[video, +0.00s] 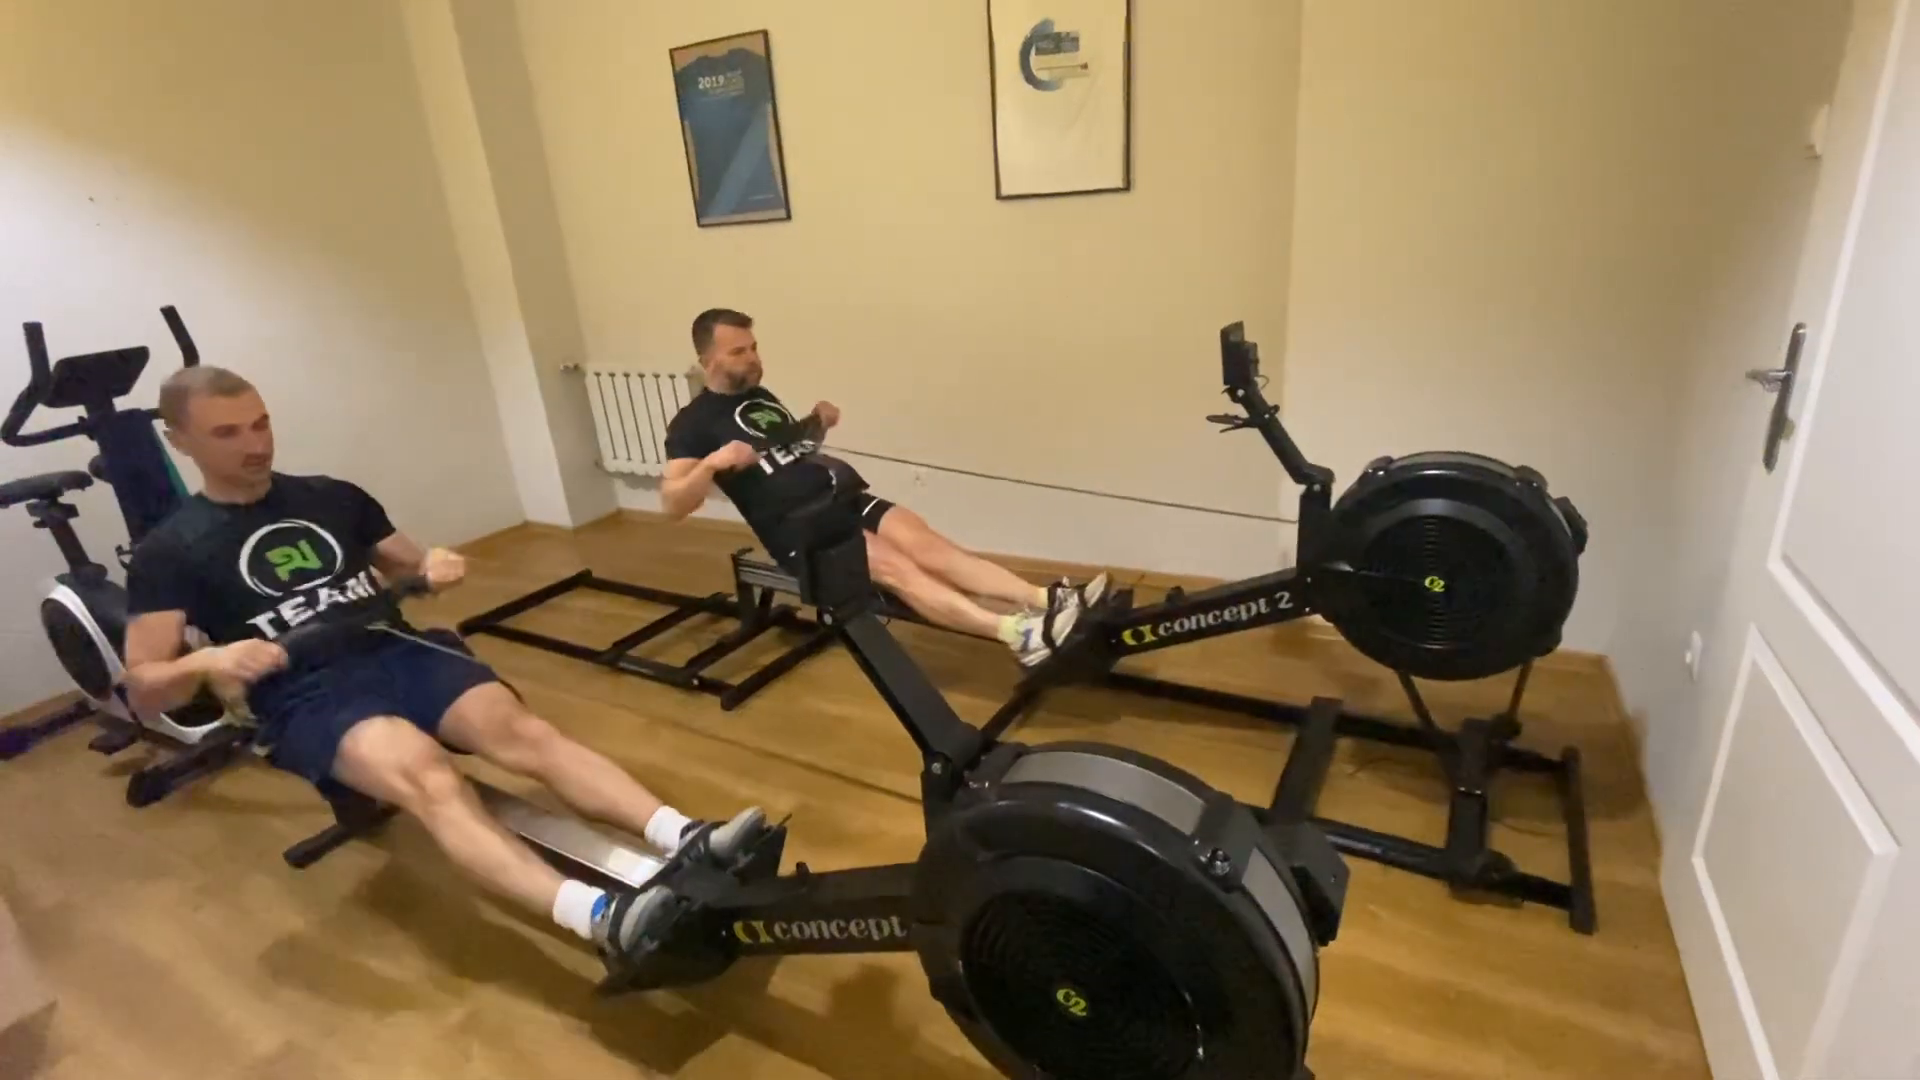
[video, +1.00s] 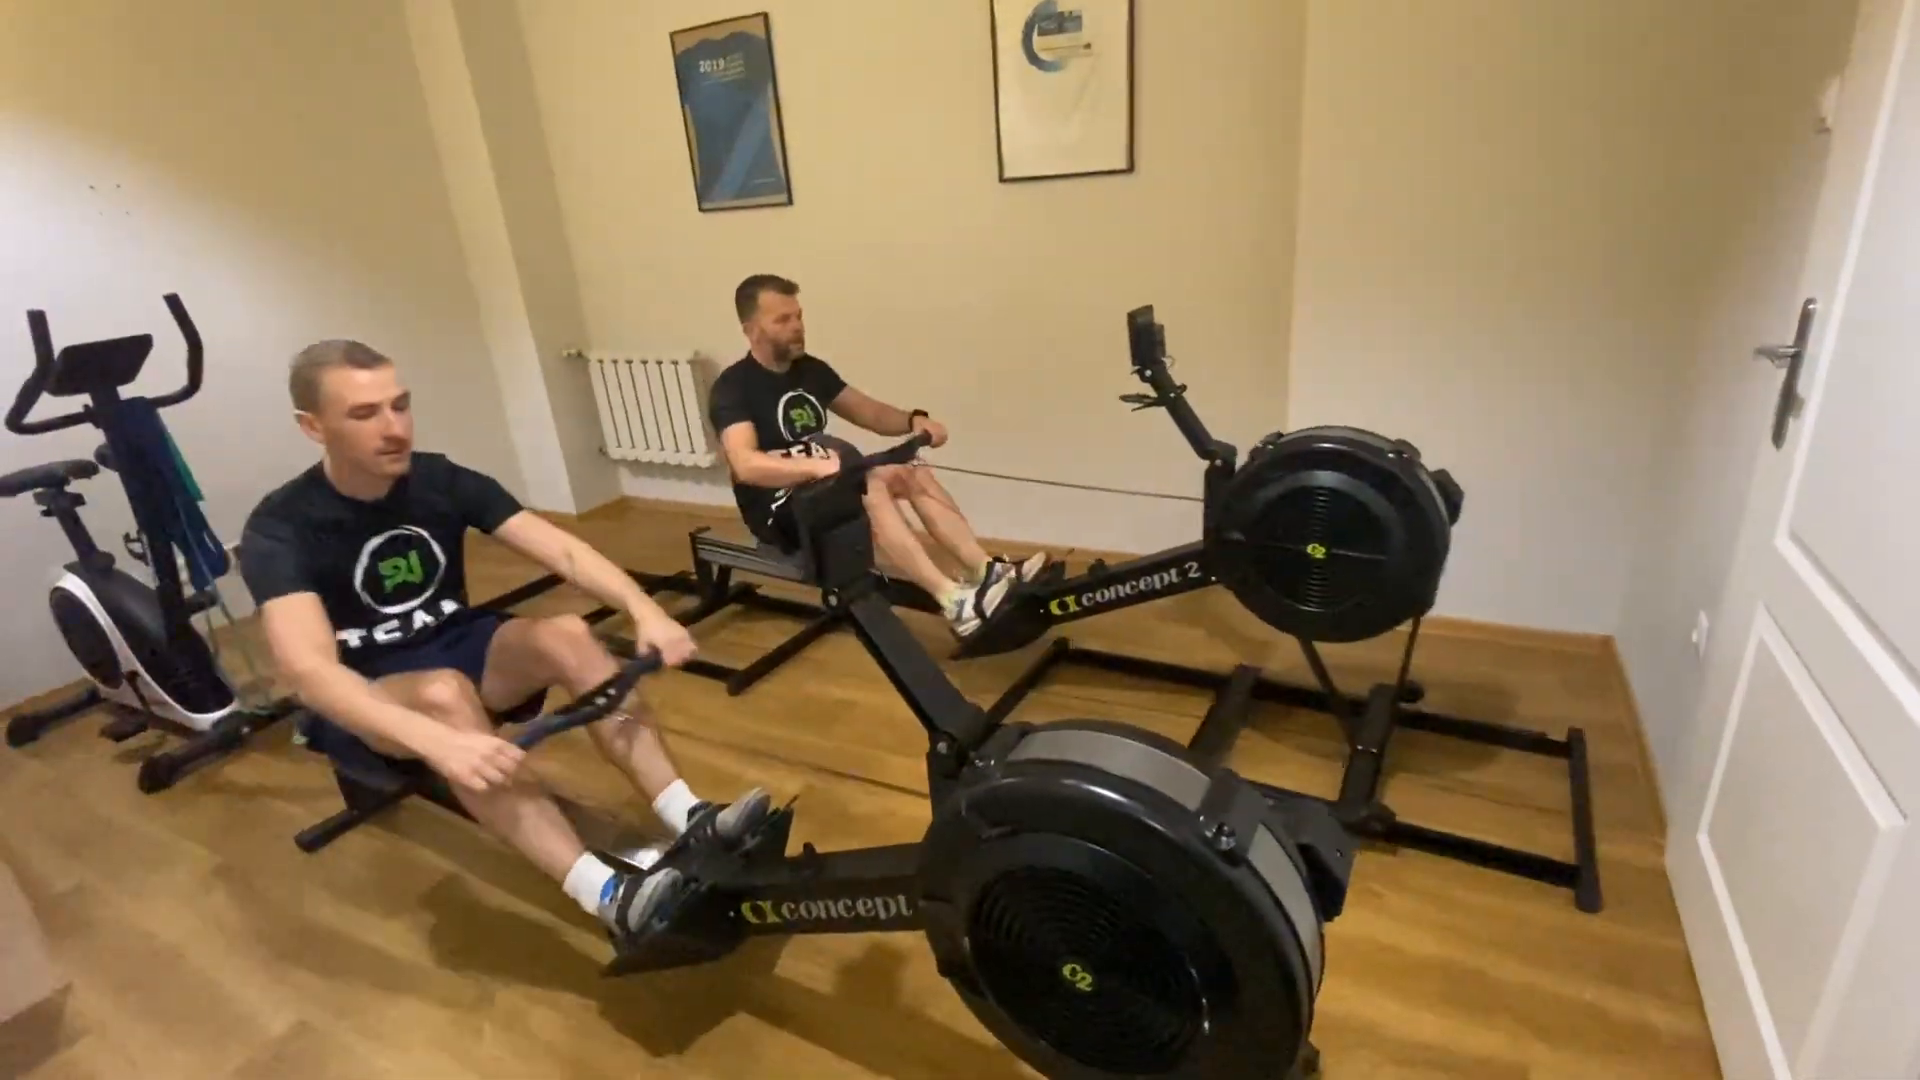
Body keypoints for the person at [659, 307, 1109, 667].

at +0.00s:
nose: (753, 360)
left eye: (754, 349)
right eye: (740, 352)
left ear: (752, 348)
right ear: (706, 358)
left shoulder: (761, 397)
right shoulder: (690, 424)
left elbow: (788, 447)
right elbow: (673, 502)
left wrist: (814, 424)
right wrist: (710, 465)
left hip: (847, 501)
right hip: (806, 533)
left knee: (931, 546)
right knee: (900, 571)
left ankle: (1047, 601)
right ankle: (1017, 635)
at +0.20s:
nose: (753, 361)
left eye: (753, 350)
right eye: (739, 353)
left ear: (752, 348)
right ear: (705, 359)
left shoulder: (760, 398)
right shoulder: (691, 424)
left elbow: (786, 448)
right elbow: (680, 505)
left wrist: (813, 423)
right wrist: (710, 464)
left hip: (846, 496)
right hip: (806, 527)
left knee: (927, 536)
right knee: (899, 563)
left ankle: (1047, 598)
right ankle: (1015, 630)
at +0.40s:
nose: (764, 339)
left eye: (764, 329)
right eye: (751, 332)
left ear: (764, 330)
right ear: (719, 339)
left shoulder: (774, 382)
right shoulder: (701, 401)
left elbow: (800, 436)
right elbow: (686, 488)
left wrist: (834, 418)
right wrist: (727, 453)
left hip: (847, 492)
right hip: (801, 522)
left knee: (920, 525)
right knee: (891, 552)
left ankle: (1035, 591)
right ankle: (1005, 622)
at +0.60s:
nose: (777, 331)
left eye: (777, 320)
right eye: (763, 323)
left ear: (776, 320)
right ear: (730, 332)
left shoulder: (786, 374)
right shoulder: (711, 393)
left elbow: (824, 422)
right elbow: (697, 475)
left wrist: (857, 417)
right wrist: (760, 452)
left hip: (841, 494)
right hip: (792, 522)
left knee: (914, 515)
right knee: (885, 542)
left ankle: (1023, 587)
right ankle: (995, 619)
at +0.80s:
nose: (790, 329)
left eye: (791, 318)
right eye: (778, 321)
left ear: (791, 319)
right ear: (745, 330)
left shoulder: (798, 373)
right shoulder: (725, 389)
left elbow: (844, 416)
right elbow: (720, 469)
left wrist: (884, 422)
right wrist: (787, 460)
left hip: (833, 491)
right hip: (783, 514)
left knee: (913, 494)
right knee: (875, 513)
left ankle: (1009, 581)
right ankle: (975, 610)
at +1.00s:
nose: (798, 327)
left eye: (798, 317)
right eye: (785, 320)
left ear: (800, 316)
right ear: (751, 329)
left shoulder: (809, 370)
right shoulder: (733, 388)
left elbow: (867, 412)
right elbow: (746, 467)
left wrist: (913, 420)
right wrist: (816, 468)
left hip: (836, 490)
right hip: (785, 511)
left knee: (915, 475)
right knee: (873, 491)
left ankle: (988, 573)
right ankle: (953, 601)